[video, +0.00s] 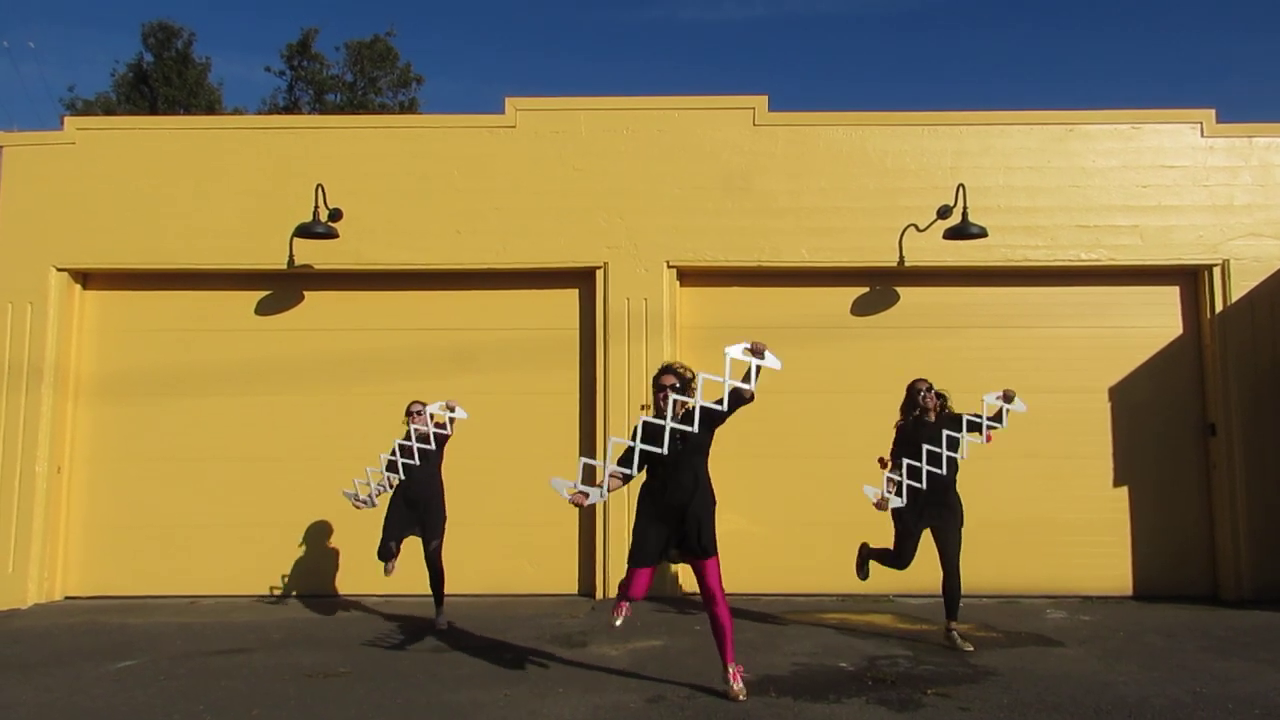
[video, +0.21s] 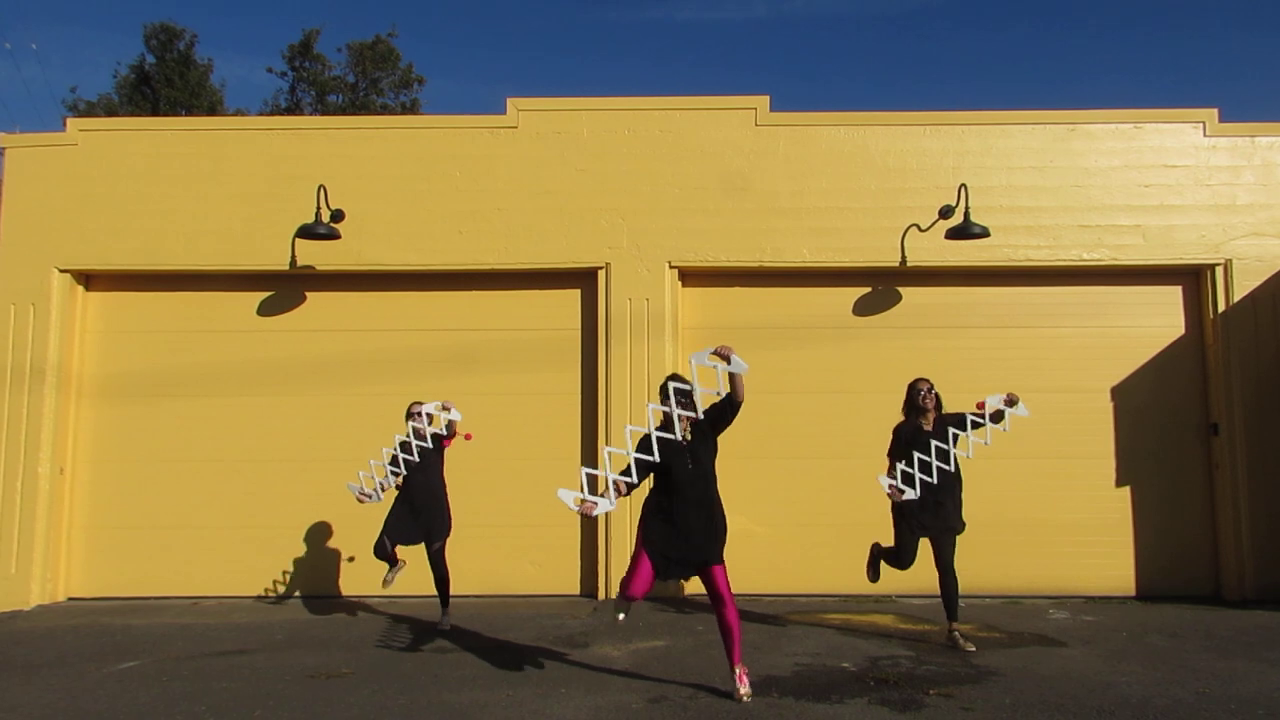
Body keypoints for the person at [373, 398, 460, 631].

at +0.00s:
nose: (416, 417)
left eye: (420, 413)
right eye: (411, 414)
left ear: (428, 416)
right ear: (407, 419)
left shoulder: (437, 437)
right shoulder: (401, 446)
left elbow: (447, 429)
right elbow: (389, 480)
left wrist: (451, 411)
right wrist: (370, 499)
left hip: (431, 503)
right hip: (402, 503)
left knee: (433, 558)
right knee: (384, 554)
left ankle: (439, 612)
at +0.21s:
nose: (418, 418)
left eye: (422, 414)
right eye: (414, 415)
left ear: (429, 418)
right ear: (407, 420)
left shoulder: (436, 440)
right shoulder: (402, 448)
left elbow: (450, 432)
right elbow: (391, 477)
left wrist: (449, 414)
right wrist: (373, 494)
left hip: (434, 505)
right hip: (406, 505)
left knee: (437, 558)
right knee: (381, 550)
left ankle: (445, 612)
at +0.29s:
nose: (413, 418)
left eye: (418, 415)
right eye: (409, 415)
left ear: (427, 418)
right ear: (404, 420)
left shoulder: (435, 439)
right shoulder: (400, 447)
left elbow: (443, 445)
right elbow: (389, 469)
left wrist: (429, 439)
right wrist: (378, 480)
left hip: (432, 504)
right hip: (404, 504)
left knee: (436, 556)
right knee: (385, 552)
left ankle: (447, 609)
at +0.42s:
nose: (412, 431)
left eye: (417, 427)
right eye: (408, 428)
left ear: (424, 432)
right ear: (403, 432)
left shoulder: (430, 457)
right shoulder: (396, 457)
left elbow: (439, 476)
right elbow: (385, 484)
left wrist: (427, 472)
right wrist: (380, 474)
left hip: (428, 516)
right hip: (400, 515)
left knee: (433, 569)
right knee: (389, 567)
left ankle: (448, 616)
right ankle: (389, 615)